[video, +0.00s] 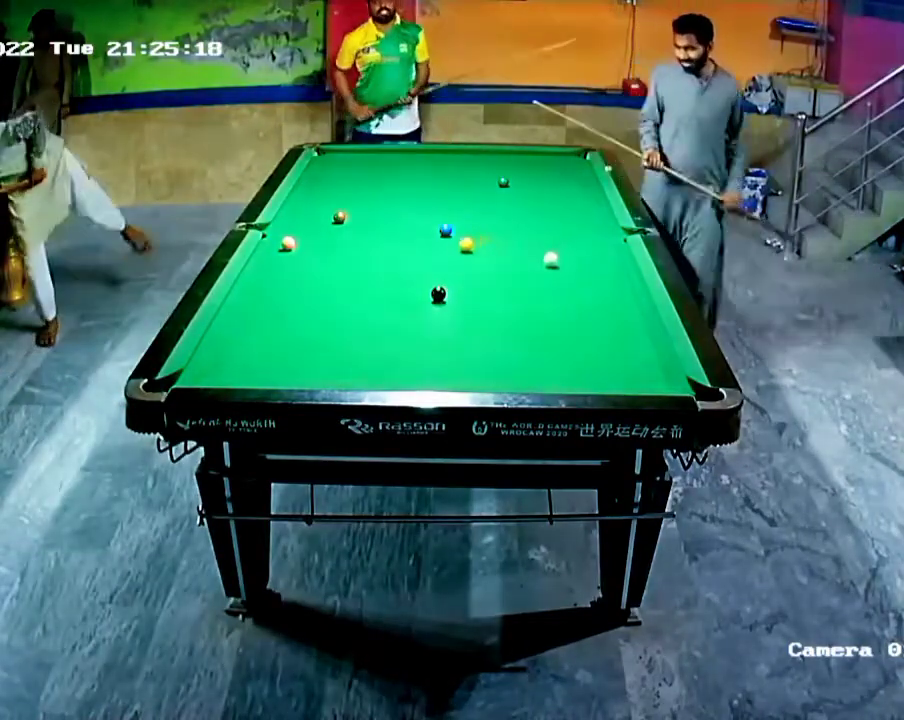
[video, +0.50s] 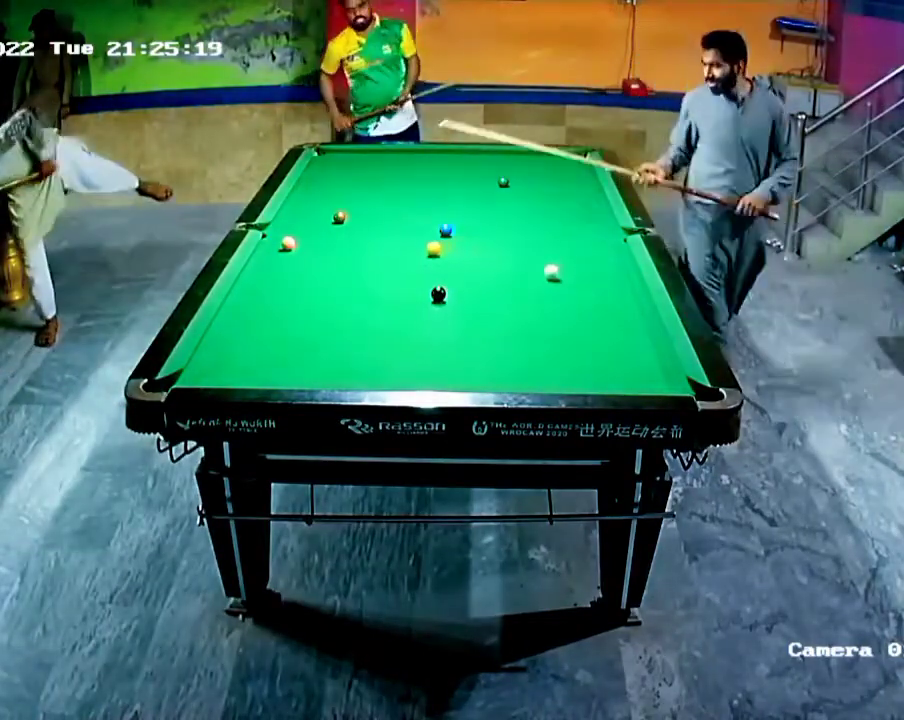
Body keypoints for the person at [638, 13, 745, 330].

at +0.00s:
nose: (683, 55)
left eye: (690, 48)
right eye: (678, 47)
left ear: (708, 46)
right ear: (673, 46)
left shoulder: (728, 85)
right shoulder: (662, 76)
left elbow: (738, 140)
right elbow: (648, 120)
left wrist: (734, 185)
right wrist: (651, 146)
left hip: (706, 195)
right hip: (661, 189)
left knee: (703, 279)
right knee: (650, 271)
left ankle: (697, 347)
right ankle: (644, 343)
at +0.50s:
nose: (707, 74)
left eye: (715, 66)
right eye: (705, 65)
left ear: (738, 66)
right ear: (702, 64)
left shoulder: (771, 108)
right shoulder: (695, 102)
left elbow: (789, 163)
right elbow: (680, 148)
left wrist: (765, 192)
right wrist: (663, 166)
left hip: (747, 222)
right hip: (700, 217)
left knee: (728, 305)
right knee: (710, 309)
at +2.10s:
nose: (809, 158)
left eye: (816, 147)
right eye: (808, 147)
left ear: (846, 145)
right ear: (820, 148)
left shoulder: (894, 198)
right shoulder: (832, 193)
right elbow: (786, 238)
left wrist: (890, 313)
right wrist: (720, 272)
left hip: (898, 343)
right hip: (865, 330)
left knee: (870, 454)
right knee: (833, 432)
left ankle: (859, 566)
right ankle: (837, 524)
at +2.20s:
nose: (801, 177)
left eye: (808, 165)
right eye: (799, 166)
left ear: (838, 163)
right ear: (815, 167)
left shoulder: (889, 213)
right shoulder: (828, 207)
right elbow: (773, 243)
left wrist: (902, 319)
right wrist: (702, 276)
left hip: (903, 339)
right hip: (879, 331)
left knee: (877, 445)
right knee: (853, 431)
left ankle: (858, 562)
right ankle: (859, 523)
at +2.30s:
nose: (788, 200)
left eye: (793, 189)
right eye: (786, 190)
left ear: (821, 183)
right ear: (812, 187)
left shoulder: (882, 227)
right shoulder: (816, 221)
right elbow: (756, 252)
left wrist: (898, 326)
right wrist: (684, 283)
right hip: (885, 336)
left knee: (882, 442)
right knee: (854, 423)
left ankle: (860, 554)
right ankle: (859, 521)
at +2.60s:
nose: (771, 237)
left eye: (775, 227)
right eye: (769, 228)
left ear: (802, 219)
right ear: (797, 219)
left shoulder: (879, 242)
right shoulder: (809, 245)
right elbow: (740, 268)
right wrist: (662, 289)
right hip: (884, 347)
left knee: (871, 453)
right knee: (843, 429)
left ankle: (864, 546)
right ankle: (853, 529)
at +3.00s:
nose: (764, 265)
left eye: (770, 256)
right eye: (762, 256)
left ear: (796, 246)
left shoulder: (869, 249)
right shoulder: (803, 267)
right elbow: (731, 283)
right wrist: (655, 289)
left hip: (901, 375)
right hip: (884, 364)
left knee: (868, 473)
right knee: (833, 449)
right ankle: (861, 537)